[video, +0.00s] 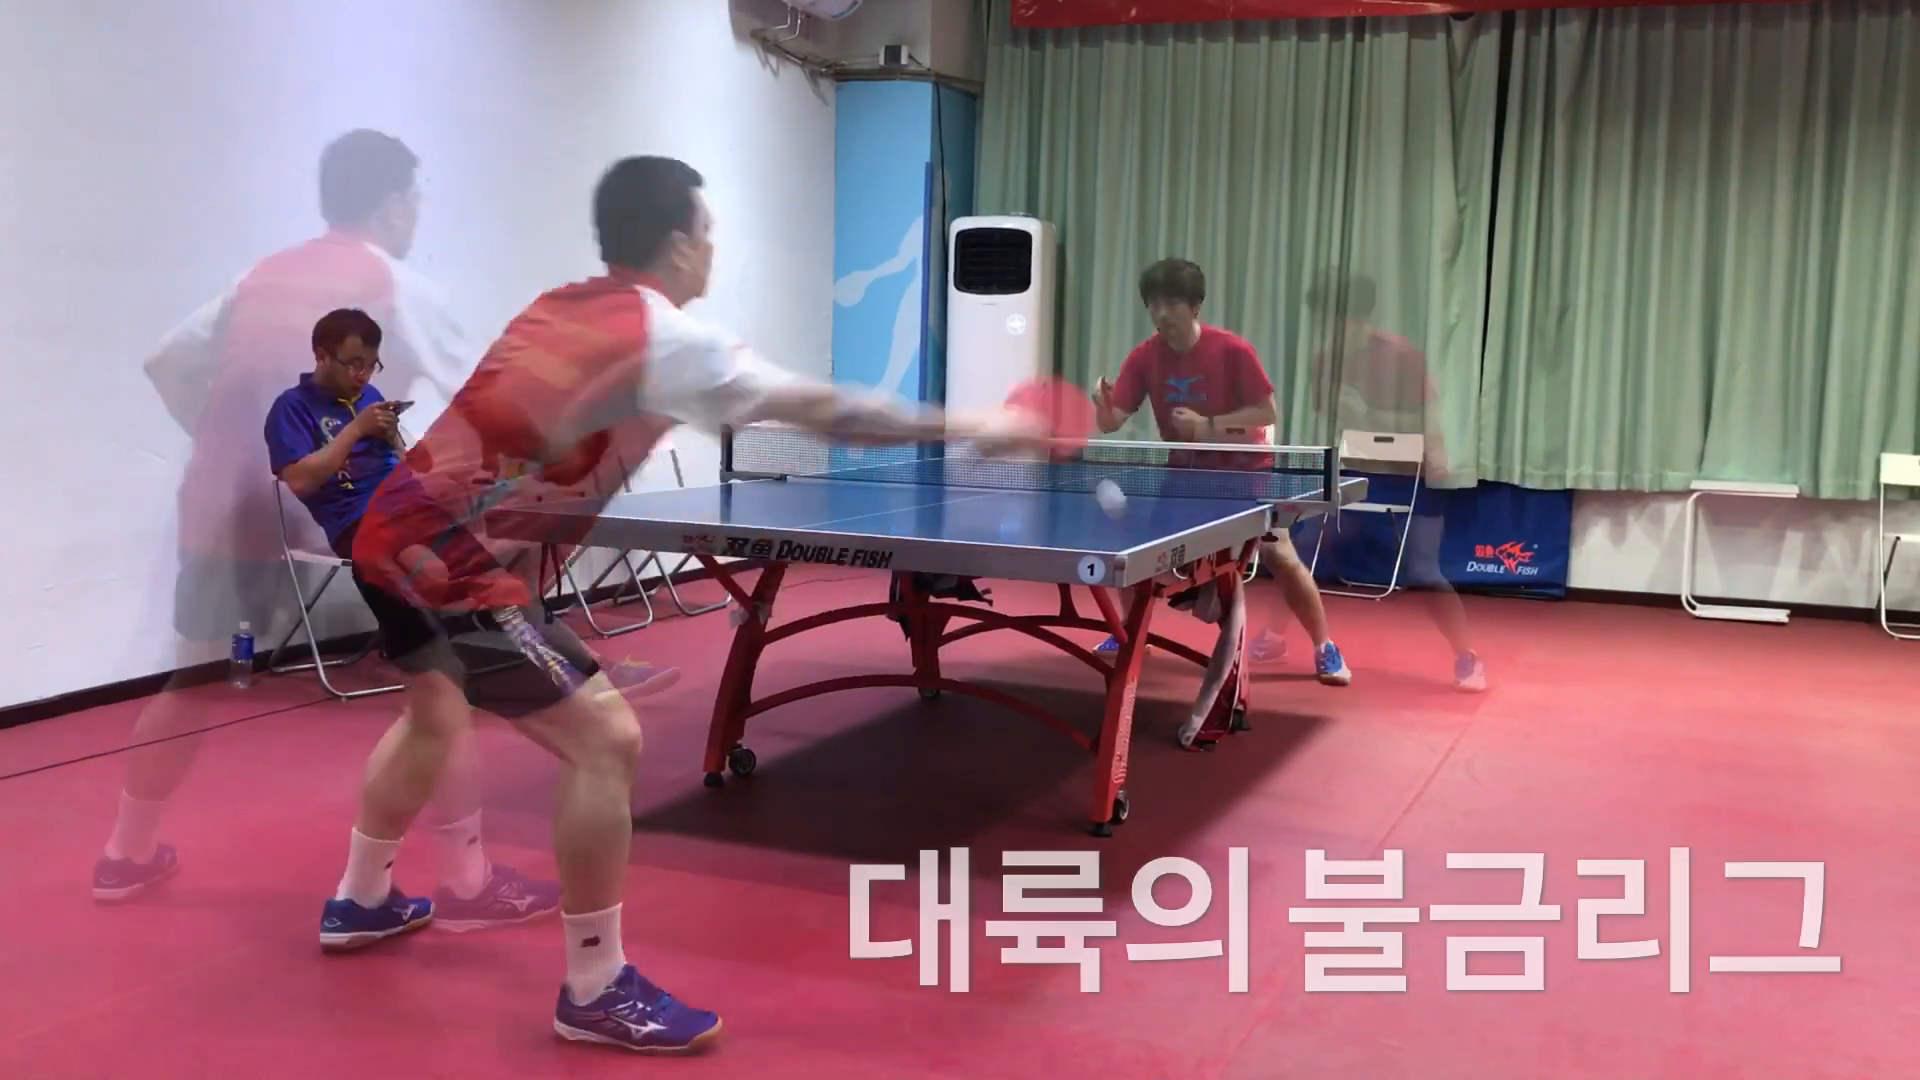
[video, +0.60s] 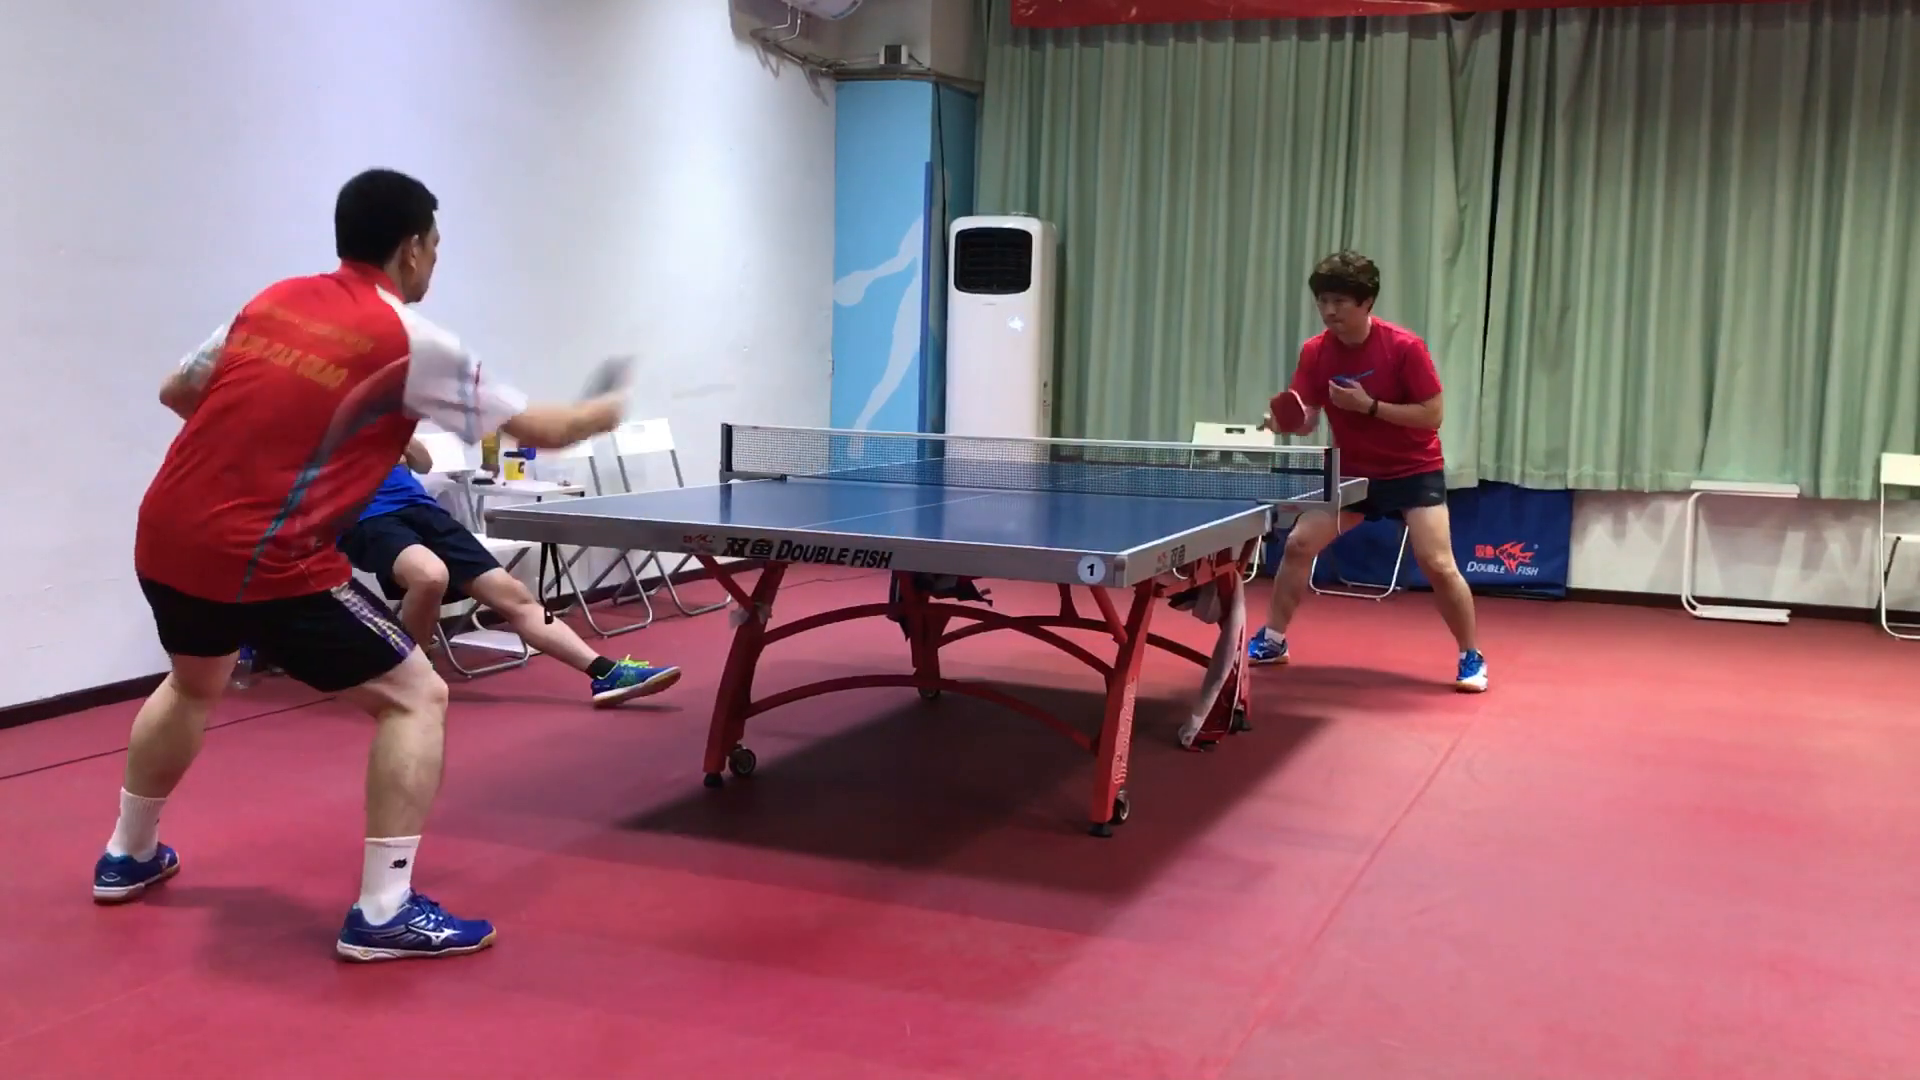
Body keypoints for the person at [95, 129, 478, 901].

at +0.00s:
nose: (419, 211)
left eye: (416, 196)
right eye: (413, 196)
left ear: (330, 199)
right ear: (390, 203)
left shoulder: (264, 276)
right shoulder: (395, 287)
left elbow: (168, 362)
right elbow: (472, 391)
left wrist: (230, 444)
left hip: (220, 505)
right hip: (337, 512)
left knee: (197, 672)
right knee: (437, 673)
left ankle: (127, 854)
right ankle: (466, 874)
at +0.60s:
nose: (435, 260)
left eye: (435, 245)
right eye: (433, 245)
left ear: (346, 244)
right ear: (409, 251)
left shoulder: (275, 300)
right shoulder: (410, 342)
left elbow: (179, 389)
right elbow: (535, 429)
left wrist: (265, 442)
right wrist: (604, 411)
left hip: (166, 542)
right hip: (271, 563)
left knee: (191, 685)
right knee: (416, 694)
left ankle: (127, 853)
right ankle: (384, 908)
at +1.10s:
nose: (414, 224)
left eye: (413, 208)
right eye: (412, 209)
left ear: (329, 207)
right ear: (386, 211)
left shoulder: (266, 275)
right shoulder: (367, 294)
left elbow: (278, 438)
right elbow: (427, 431)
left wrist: (392, 457)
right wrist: (488, 459)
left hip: (165, 521)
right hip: (256, 534)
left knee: (192, 680)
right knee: (375, 691)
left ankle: (126, 853)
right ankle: (370, 914)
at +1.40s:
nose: (418, 229)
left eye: (417, 215)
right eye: (418, 215)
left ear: (331, 209)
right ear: (400, 217)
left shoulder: (257, 274)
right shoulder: (408, 312)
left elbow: (173, 380)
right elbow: (523, 392)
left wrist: (276, 397)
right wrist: (592, 387)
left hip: (165, 515)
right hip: (277, 533)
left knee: (169, 682)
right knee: (387, 692)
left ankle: (125, 849)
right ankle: (372, 911)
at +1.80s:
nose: (402, 214)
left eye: (401, 198)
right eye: (399, 198)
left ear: (313, 199)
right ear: (371, 200)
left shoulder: (247, 268)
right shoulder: (364, 278)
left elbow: (244, 411)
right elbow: (436, 404)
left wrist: (350, 453)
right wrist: (507, 436)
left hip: (173, 511)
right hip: (269, 522)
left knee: (192, 676)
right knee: (373, 687)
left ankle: (127, 850)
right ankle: (384, 908)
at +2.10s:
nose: (430, 229)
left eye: (428, 214)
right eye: (428, 214)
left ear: (344, 211)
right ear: (407, 217)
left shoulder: (269, 274)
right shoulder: (409, 309)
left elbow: (184, 380)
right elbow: (515, 422)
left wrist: (299, 404)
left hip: (179, 519)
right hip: (284, 535)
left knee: (181, 680)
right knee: (404, 689)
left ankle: (125, 851)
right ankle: (386, 908)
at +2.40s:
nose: (385, 184)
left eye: (382, 169)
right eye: (380, 170)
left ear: (298, 177)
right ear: (354, 176)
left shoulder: (233, 256)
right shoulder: (366, 267)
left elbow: (186, 383)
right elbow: (465, 373)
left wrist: (304, 415)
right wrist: (571, 387)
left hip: (190, 511)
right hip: (292, 518)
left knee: (174, 684)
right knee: (385, 685)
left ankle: (124, 854)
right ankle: (387, 905)